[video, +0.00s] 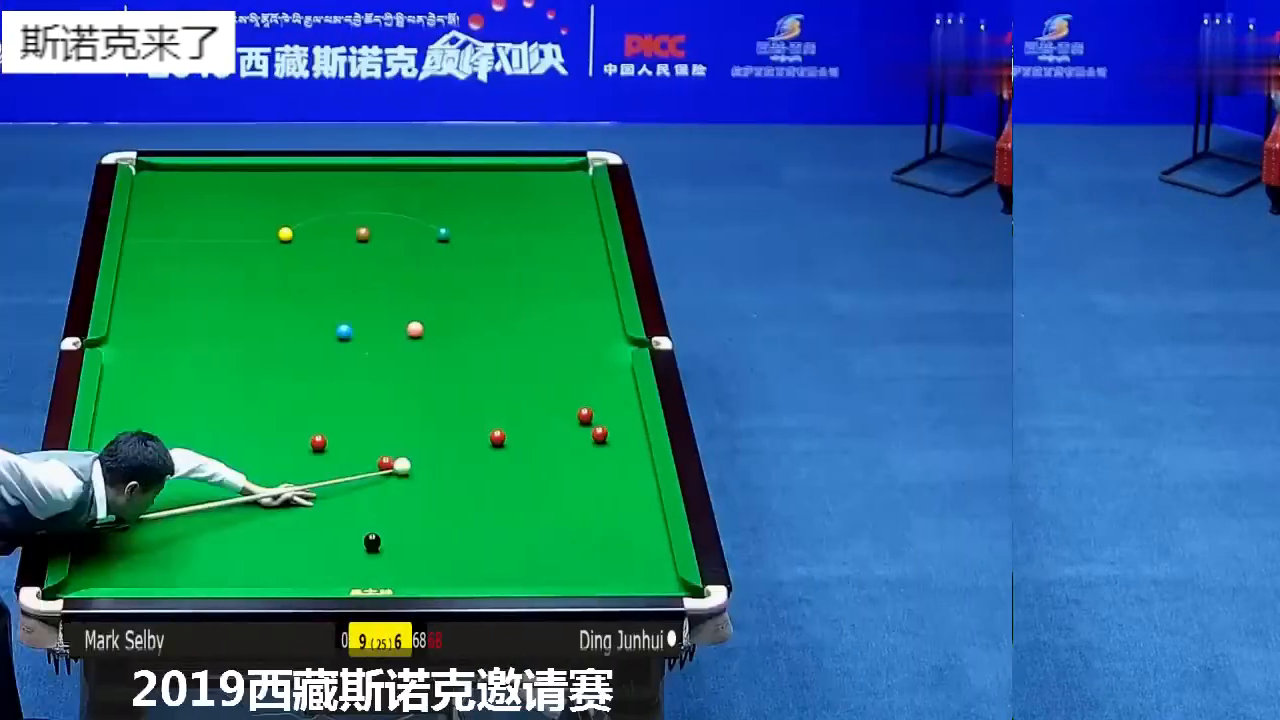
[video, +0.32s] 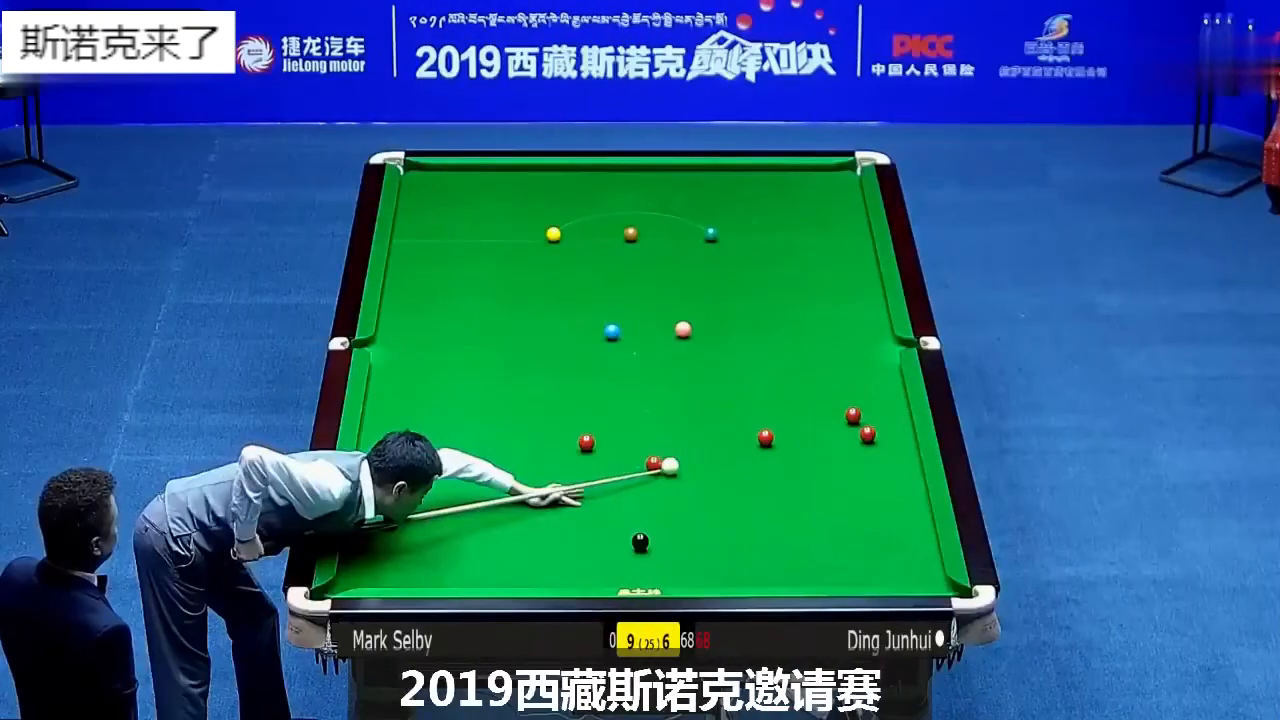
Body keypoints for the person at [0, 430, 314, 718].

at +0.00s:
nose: (152, 500)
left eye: (156, 492)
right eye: (152, 493)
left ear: (122, 475)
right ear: (130, 489)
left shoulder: (110, 469)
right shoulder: (63, 492)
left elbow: (183, 461)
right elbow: (4, 464)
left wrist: (253, 489)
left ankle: (15, 712)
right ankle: (14, 712)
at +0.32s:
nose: (421, 502)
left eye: (423, 493)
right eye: (419, 494)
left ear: (395, 475)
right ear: (398, 488)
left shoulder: (378, 469)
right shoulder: (329, 492)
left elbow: (454, 462)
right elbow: (255, 458)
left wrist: (523, 489)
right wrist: (248, 538)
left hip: (206, 531)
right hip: (172, 537)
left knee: (256, 623)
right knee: (187, 676)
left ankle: (266, 719)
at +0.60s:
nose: (420, 502)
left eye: (422, 494)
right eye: (418, 495)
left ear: (396, 478)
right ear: (396, 488)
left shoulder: (380, 471)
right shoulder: (328, 493)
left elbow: (457, 462)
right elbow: (254, 458)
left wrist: (523, 489)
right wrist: (246, 536)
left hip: (207, 533)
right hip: (172, 537)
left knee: (255, 623)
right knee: (186, 675)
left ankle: (266, 717)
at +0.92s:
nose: (420, 502)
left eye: (423, 493)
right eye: (419, 494)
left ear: (397, 479)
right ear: (395, 488)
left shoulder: (382, 474)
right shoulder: (330, 492)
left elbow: (456, 462)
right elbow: (252, 464)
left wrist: (523, 489)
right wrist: (216, 541)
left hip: (209, 533)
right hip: (170, 535)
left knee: (256, 624)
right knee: (186, 673)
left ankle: (266, 718)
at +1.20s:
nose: (421, 502)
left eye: (423, 493)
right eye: (419, 494)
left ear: (396, 479)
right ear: (396, 488)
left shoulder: (382, 474)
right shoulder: (331, 492)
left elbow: (456, 463)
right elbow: (251, 463)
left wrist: (523, 489)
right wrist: (213, 540)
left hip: (208, 533)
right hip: (170, 535)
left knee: (256, 624)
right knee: (187, 672)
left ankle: (266, 718)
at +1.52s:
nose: (421, 501)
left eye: (423, 492)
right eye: (419, 494)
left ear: (396, 480)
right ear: (396, 488)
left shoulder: (382, 474)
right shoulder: (330, 492)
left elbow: (456, 463)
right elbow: (252, 462)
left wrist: (524, 490)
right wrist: (218, 539)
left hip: (210, 537)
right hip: (170, 536)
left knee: (257, 625)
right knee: (186, 673)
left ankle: (266, 718)